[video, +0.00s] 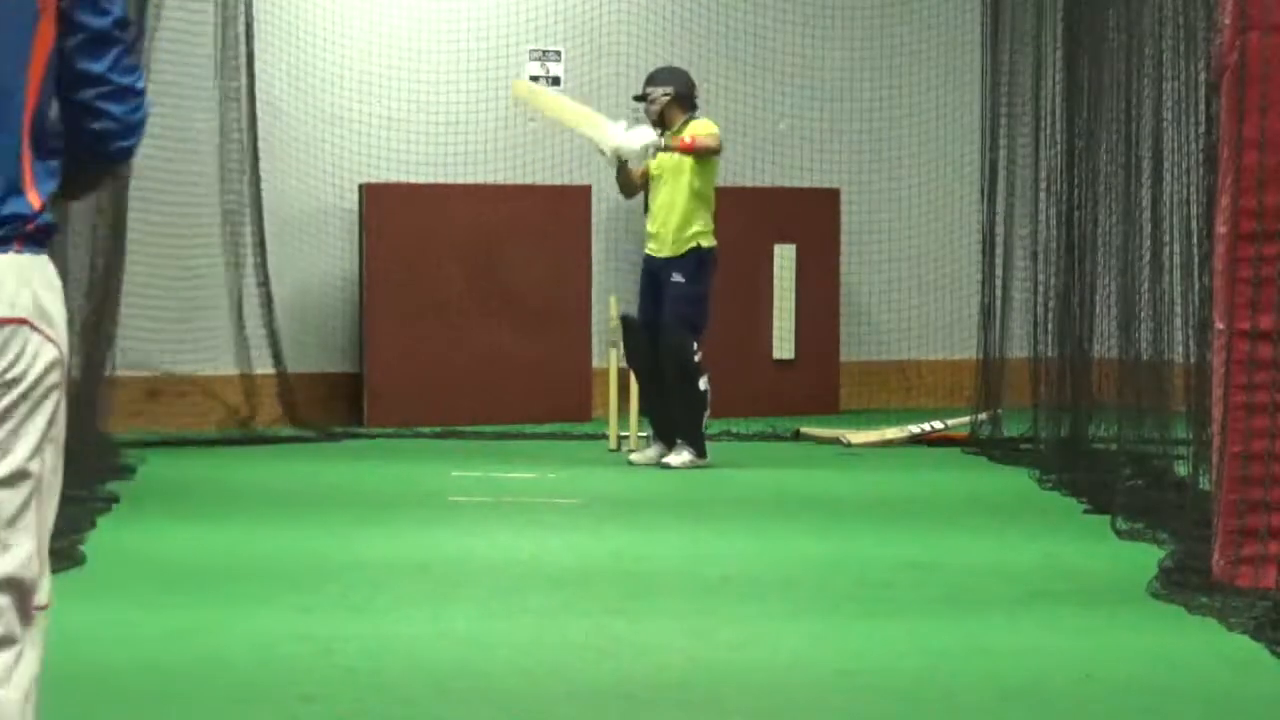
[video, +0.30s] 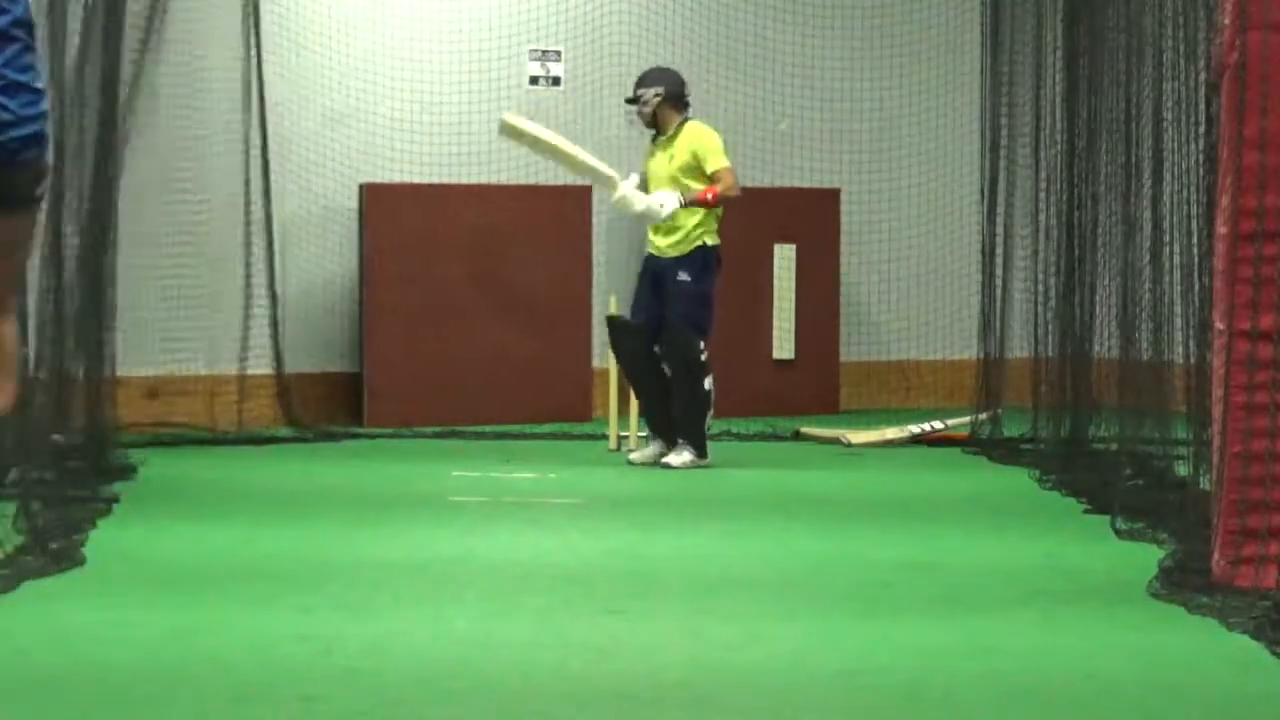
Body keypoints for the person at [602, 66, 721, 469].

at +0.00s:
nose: (645, 107)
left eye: (650, 99)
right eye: (644, 100)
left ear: (671, 97)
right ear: (660, 101)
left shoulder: (699, 128)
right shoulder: (656, 145)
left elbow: (712, 146)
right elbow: (630, 188)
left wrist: (664, 144)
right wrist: (620, 157)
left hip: (690, 253)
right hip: (656, 254)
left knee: (676, 343)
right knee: (649, 343)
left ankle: (692, 445)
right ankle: (664, 439)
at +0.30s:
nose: (638, 111)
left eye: (643, 103)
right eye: (638, 103)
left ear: (662, 99)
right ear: (657, 101)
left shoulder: (700, 136)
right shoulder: (656, 148)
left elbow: (729, 187)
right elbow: (656, 192)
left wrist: (683, 199)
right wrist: (635, 194)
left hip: (693, 256)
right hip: (658, 256)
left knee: (683, 346)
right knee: (638, 342)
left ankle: (692, 444)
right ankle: (663, 436)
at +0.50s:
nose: (616, 162)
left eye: (624, 154)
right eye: (608, 155)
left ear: (637, 155)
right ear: (599, 159)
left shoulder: (650, 190)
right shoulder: (616, 185)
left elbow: (663, 264)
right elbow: (628, 221)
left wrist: (639, 276)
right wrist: (627, 242)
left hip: (703, 255)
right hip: (677, 257)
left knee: (660, 337)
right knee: (644, 338)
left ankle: (676, 444)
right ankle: (666, 438)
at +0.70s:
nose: (612, 167)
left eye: (620, 159)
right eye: (604, 160)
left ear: (634, 159)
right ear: (595, 163)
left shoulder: (646, 192)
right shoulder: (612, 182)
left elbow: (642, 259)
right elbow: (608, 202)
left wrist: (599, 256)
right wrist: (589, 217)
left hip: (693, 261)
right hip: (659, 265)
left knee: (653, 339)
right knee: (625, 339)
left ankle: (667, 444)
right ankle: (652, 436)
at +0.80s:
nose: (615, 155)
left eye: (623, 148)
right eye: (607, 149)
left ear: (639, 148)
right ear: (598, 153)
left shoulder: (652, 174)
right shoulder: (608, 174)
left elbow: (624, 231)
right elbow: (598, 212)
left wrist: (580, 237)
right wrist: (571, 212)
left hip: (684, 265)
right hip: (645, 272)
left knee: (651, 340)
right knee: (610, 345)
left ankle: (667, 442)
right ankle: (639, 430)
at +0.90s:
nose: (617, 130)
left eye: (624, 123)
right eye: (609, 125)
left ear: (636, 121)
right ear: (598, 128)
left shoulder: (654, 136)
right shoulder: (595, 160)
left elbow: (646, 162)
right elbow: (589, 217)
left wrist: (606, 169)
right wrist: (579, 186)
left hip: (674, 255)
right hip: (625, 262)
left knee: (662, 332)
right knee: (606, 349)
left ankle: (668, 441)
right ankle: (633, 428)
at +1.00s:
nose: (604, 115)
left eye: (609, 107)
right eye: (597, 110)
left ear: (619, 104)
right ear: (587, 109)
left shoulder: (639, 124)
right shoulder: (578, 134)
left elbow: (654, 111)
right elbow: (601, 150)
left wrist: (632, 107)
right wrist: (618, 125)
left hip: (662, 232)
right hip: (616, 242)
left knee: (674, 330)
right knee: (615, 337)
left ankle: (671, 426)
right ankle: (604, 428)